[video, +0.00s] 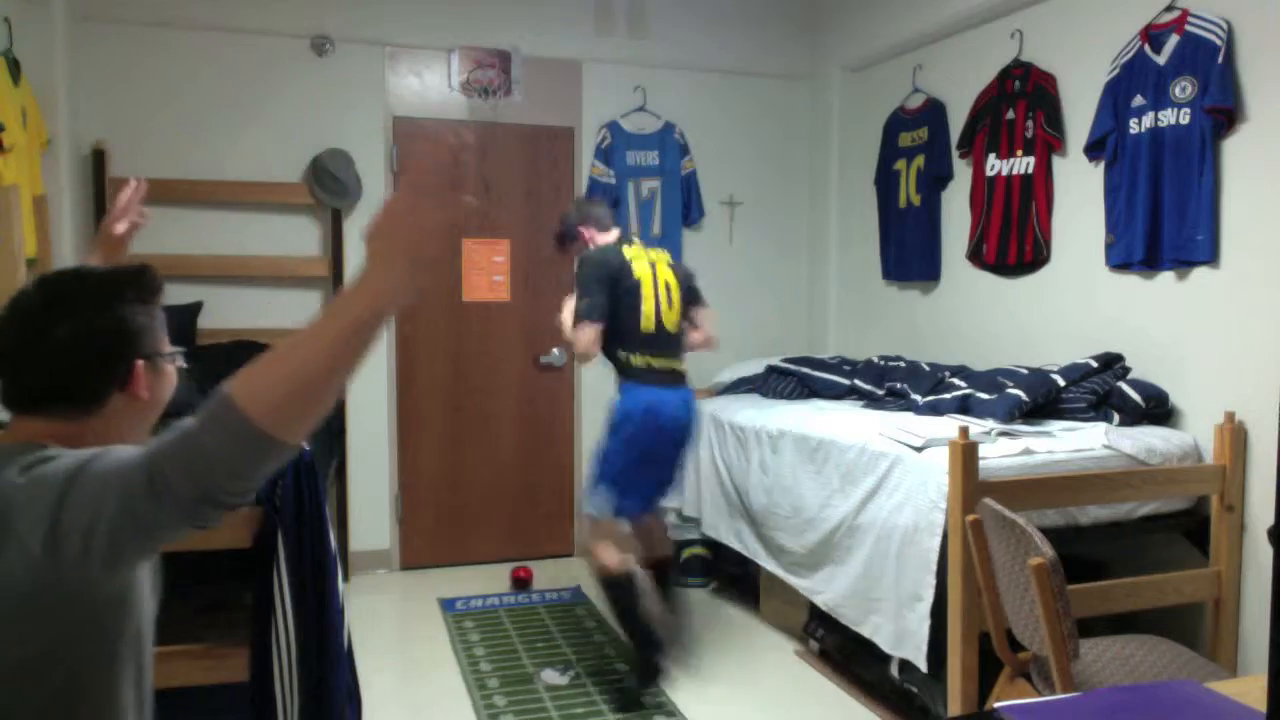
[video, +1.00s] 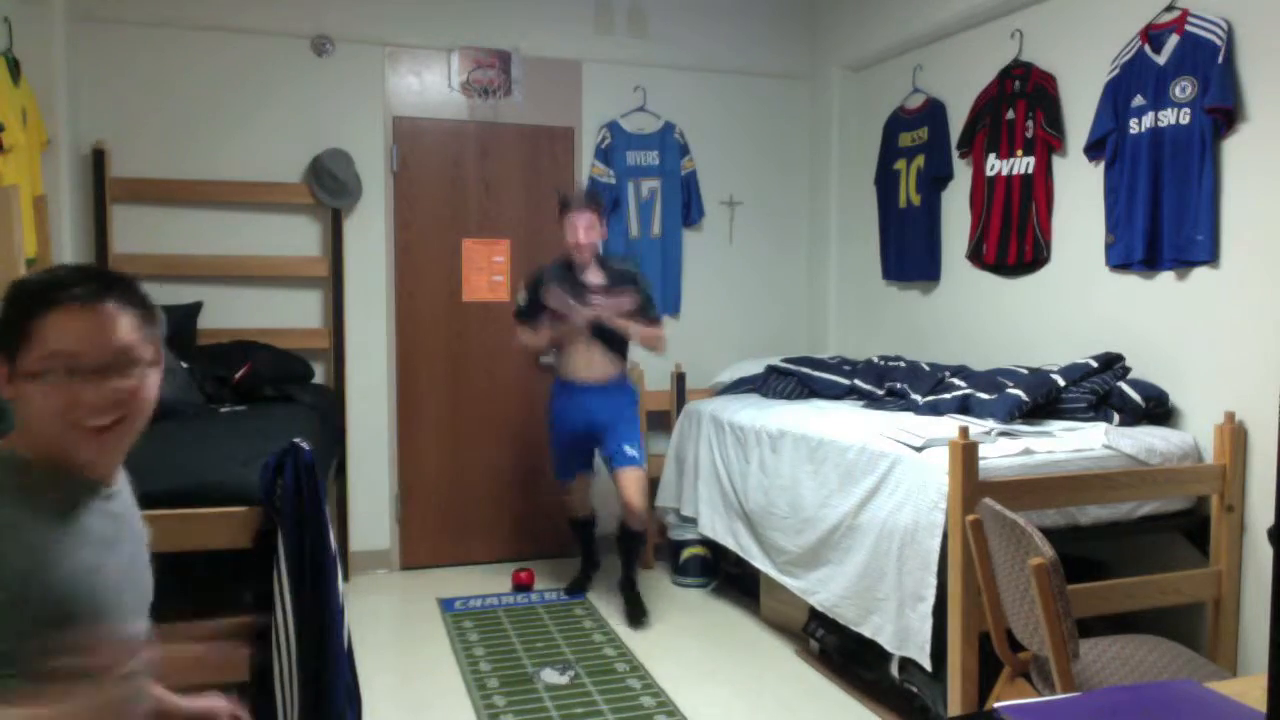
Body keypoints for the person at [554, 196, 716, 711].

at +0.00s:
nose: (579, 250)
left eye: (576, 243)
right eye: (577, 244)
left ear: (587, 234)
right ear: (615, 225)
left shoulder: (599, 261)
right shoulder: (666, 261)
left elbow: (586, 345)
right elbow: (704, 334)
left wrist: (567, 321)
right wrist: (652, 338)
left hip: (639, 399)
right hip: (679, 399)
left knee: (599, 533)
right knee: (645, 513)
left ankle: (645, 650)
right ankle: (673, 622)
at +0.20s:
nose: (573, 275)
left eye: (573, 265)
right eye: (569, 268)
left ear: (595, 250)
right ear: (594, 253)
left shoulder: (621, 294)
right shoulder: (616, 290)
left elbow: (618, 371)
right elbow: (604, 351)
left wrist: (563, 373)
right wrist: (565, 358)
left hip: (620, 423)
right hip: (620, 419)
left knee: (547, 525)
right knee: (601, 510)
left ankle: (584, 648)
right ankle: (629, 600)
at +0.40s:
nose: (569, 245)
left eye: (571, 235)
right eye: (564, 238)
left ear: (594, 223)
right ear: (573, 233)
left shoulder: (632, 269)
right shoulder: (588, 271)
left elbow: (642, 336)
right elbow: (566, 324)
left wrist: (586, 313)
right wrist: (578, 290)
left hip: (611, 385)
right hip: (579, 381)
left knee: (564, 496)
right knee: (573, 492)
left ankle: (578, 599)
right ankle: (625, 576)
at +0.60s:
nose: (563, 246)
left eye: (571, 237)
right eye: (557, 239)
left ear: (593, 236)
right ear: (552, 244)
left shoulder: (614, 281)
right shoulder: (563, 286)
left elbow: (660, 338)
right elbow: (549, 340)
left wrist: (607, 307)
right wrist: (556, 323)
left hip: (606, 401)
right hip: (568, 398)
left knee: (575, 507)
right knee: (568, 503)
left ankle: (599, 585)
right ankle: (588, 574)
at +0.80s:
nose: (570, 225)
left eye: (578, 217)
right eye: (563, 218)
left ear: (594, 220)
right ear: (553, 223)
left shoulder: (614, 263)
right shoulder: (545, 268)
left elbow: (659, 314)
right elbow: (532, 334)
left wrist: (597, 286)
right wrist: (538, 305)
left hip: (610, 386)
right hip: (568, 385)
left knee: (606, 487)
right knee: (563, 485)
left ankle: (607, 573)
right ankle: (586, 562)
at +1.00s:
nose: (580, 239)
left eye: (587, 229)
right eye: (572, 230)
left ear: (601, 231)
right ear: (562, 234)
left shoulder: (624, 277)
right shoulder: (547, 281)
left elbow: (656, 339)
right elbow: (528, 340)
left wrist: (609, 317)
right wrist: (567, 323)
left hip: (616, 396)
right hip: (568, 398)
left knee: (635, 501)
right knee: (575, 494)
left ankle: (629, 582)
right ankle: (587, 563)